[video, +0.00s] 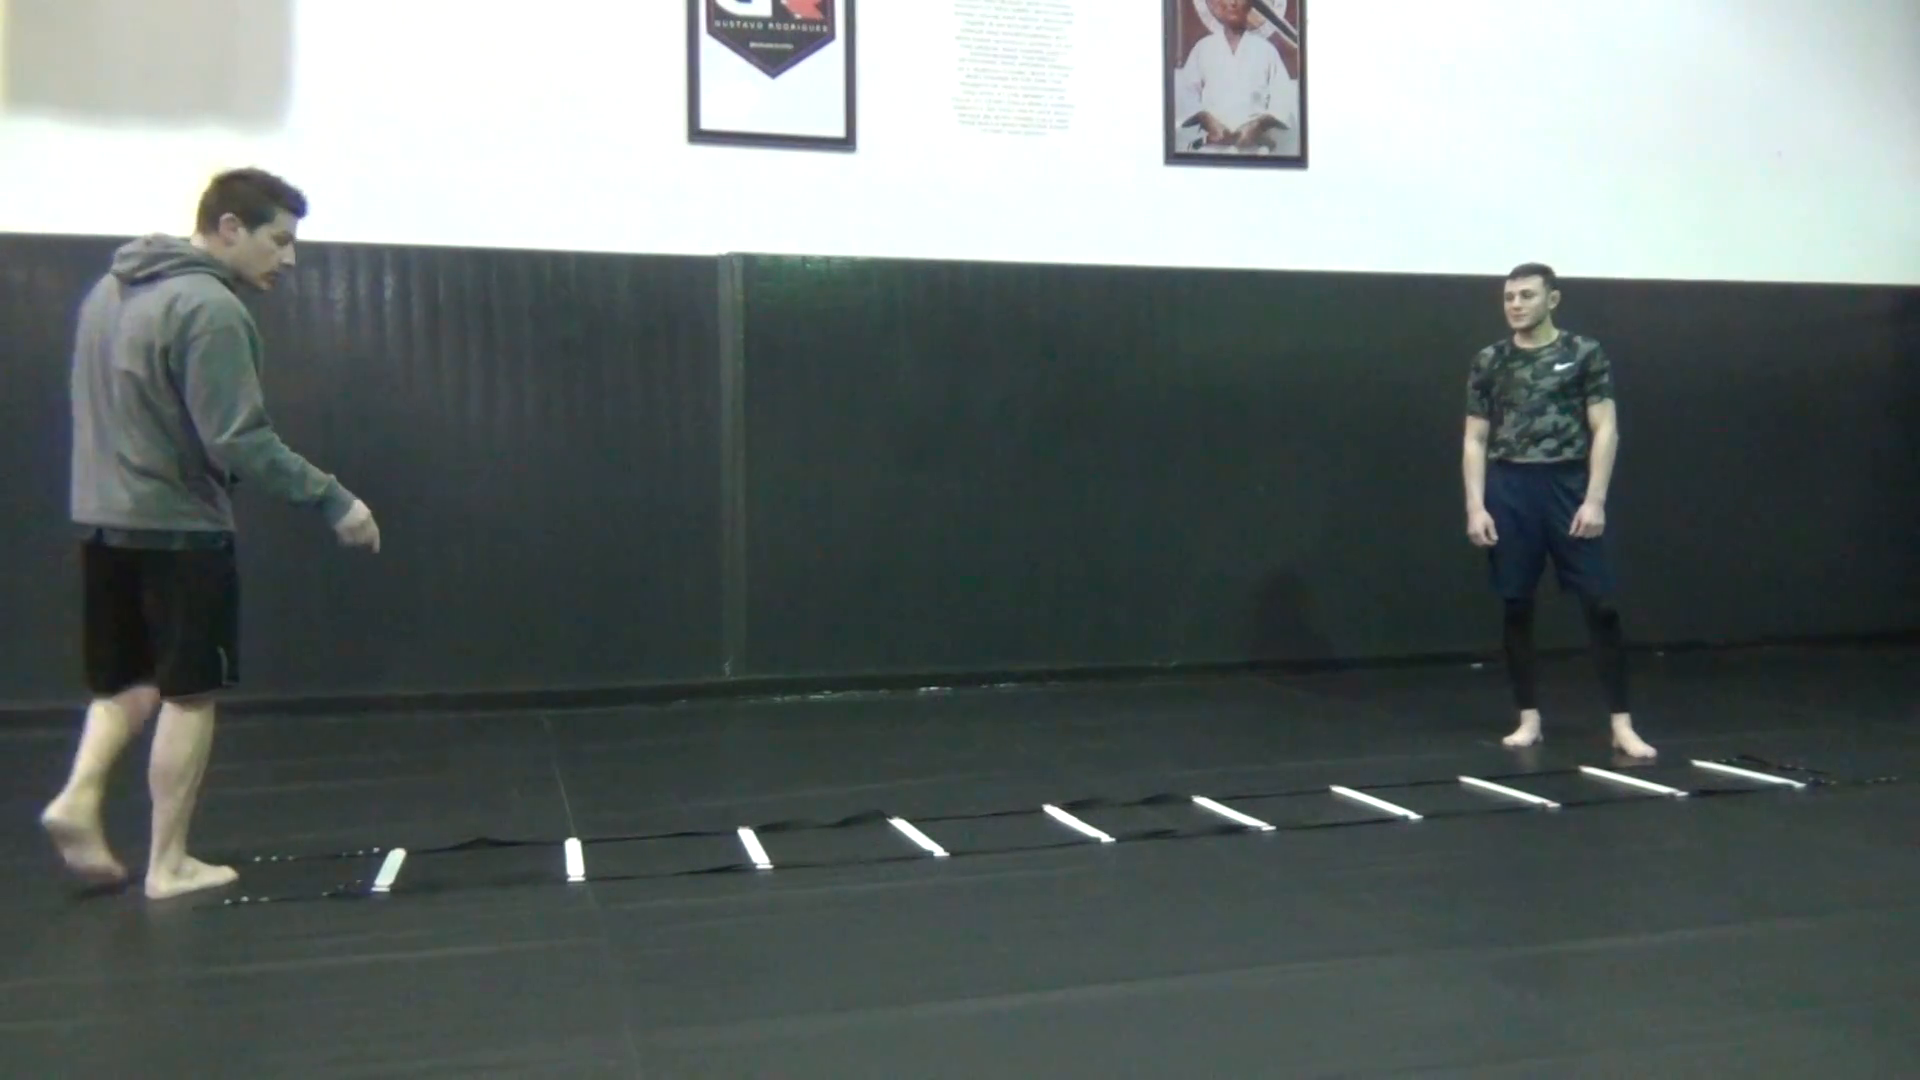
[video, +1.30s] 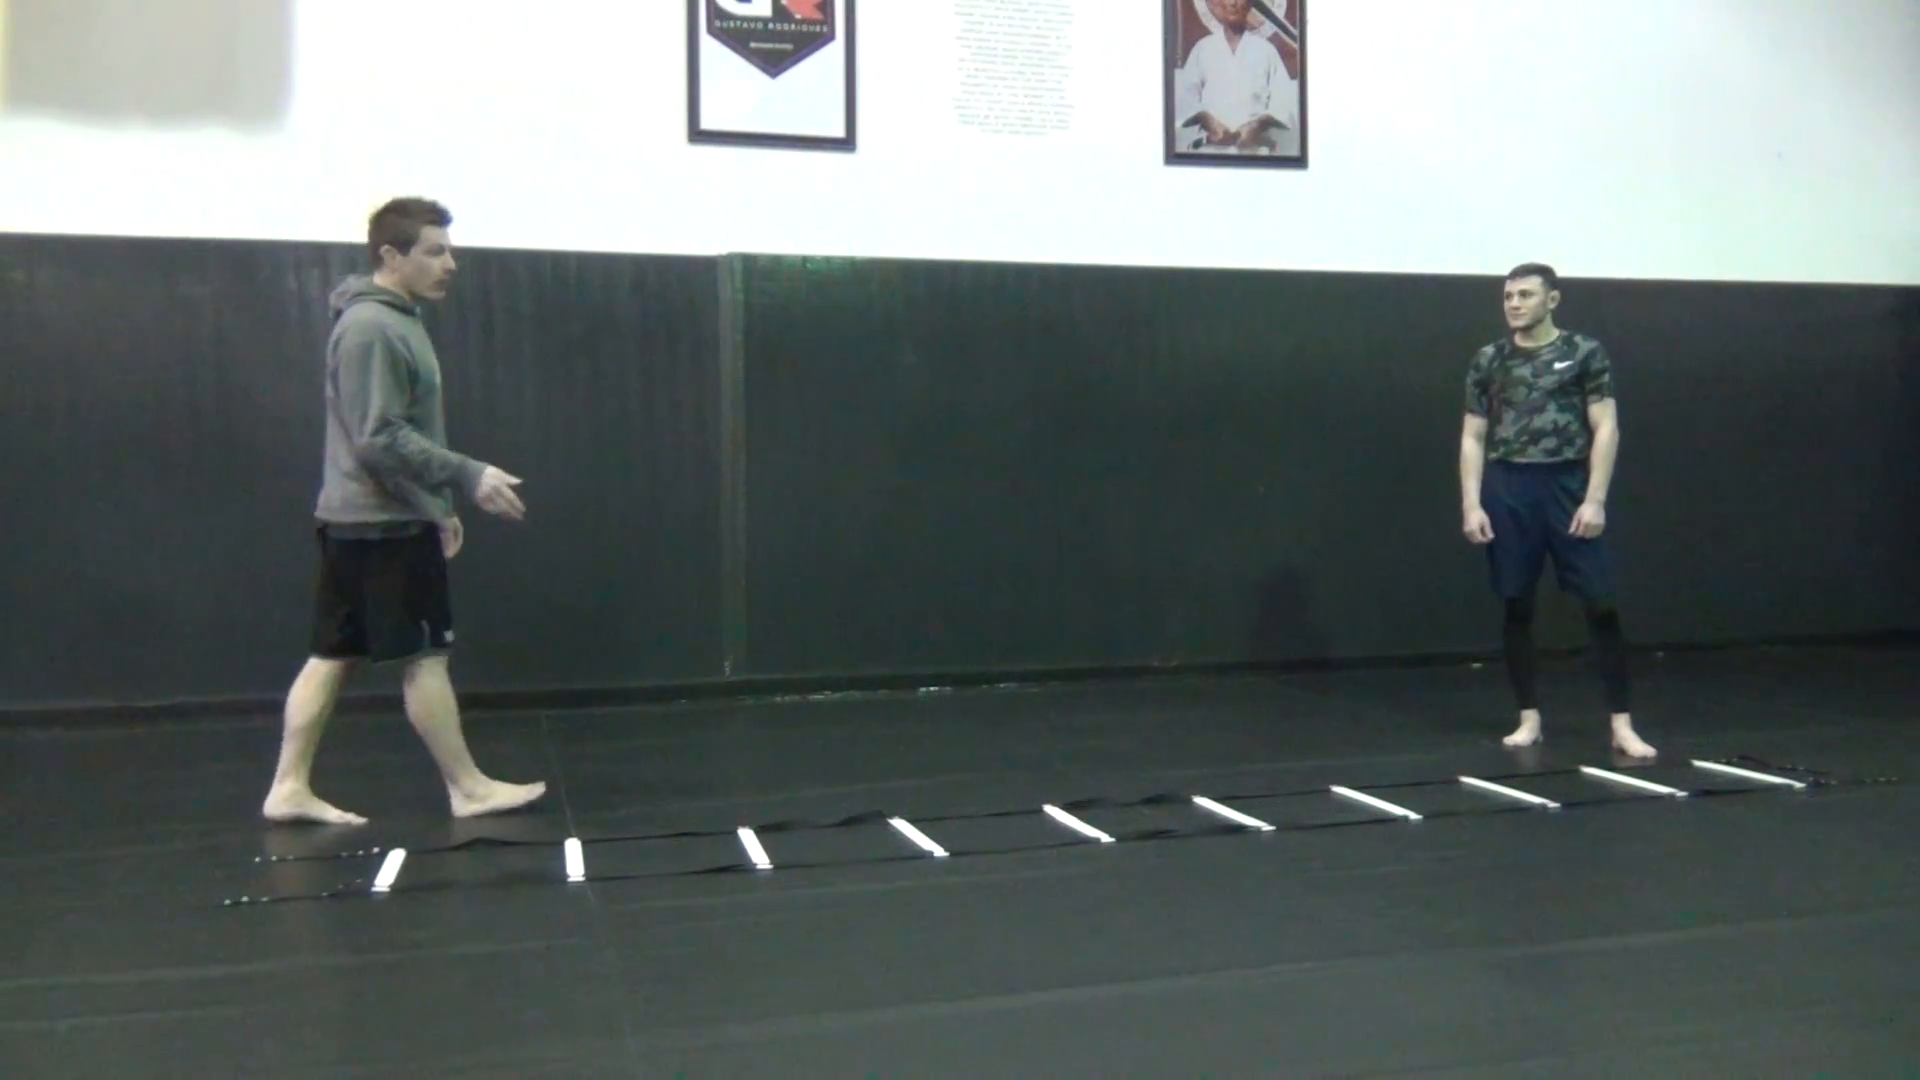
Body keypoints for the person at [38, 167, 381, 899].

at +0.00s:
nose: (287, 260)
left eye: (291, 244)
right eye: (279, 241)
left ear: (222, 231)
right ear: (227, 228)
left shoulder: (111, 288)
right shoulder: (210, 308)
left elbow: (106, 404)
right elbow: (238, 439)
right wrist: (335, 500)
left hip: (106, 521)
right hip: (180, 528)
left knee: (132, 681)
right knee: (192, 691)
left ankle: (77, 799)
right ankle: (168, 864)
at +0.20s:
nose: (303, 251)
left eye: (305, 236)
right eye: (293, 234)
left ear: (232, 231)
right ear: (238, 228)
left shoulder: (166, 289)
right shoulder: (216, 308)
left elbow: (172, 419)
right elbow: (233, 435)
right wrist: (337, 488)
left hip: (156, 520)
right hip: (198, 528)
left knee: (181, 681)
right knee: (204, 689)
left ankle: (173, 814)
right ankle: (167, 860)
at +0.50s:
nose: (332, 262)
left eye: (333, 247)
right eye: (320, 247)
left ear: (277, 250)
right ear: (267, 246)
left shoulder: (266, 315)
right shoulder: (230, 320)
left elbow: (265, 432)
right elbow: (227, 438)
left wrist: (293, 519)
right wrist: (322, 488)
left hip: (255, 529)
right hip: (222, 530)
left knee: (267, 672)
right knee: (227, 679)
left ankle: (283, 802)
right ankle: (166, 847)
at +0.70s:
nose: (355, 259)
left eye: (357, 245)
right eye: (345, 244)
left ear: (305, 247)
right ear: (297, 242)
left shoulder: (297, 312)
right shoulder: (263, 312)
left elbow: (295, 426)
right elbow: (251, 419)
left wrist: (332, 505)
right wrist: (345, 469)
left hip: (283, 515)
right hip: (258, 517)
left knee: (283, 658)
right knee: (314, 649)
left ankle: (283, 800)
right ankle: (197, 781)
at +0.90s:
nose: (381, 259)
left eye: (382, 246)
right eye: (369, 245)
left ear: (328, 248)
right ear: (322, 244)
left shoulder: (319, 311)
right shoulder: (293, 312)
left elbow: (327, 426)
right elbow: (284, 418)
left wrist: (376, 499)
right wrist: (369, 471)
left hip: (287, 512)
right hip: (302, 511)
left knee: (283, 656)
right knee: (379, 634)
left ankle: (279, 800)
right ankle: (297, 771)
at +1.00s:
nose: (396, 260)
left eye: (396, 247)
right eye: (384, 246)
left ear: (342, 249)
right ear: (337, 245)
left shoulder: (331, 312)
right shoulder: (312, 315)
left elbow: (339, 428)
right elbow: (303, 421)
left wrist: (389, 504)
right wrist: (385, 474)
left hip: (294, 513)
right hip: (324, 512)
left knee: (289, 655)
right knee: (398, 634)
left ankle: (282, 795)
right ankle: (367, 785)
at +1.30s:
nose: (450, 265)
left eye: (450, 252)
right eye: (437, 253)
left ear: (398, 258)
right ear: (392, 256)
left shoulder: (395, 320)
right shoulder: (371, 327)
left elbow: (406, 429)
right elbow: (378, 437)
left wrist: (435, 507)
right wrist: (468, 477)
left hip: (361, 518)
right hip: (383, 521)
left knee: (332, 653)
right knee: (426, 656)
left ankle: (288, 787)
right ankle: (468, 786)